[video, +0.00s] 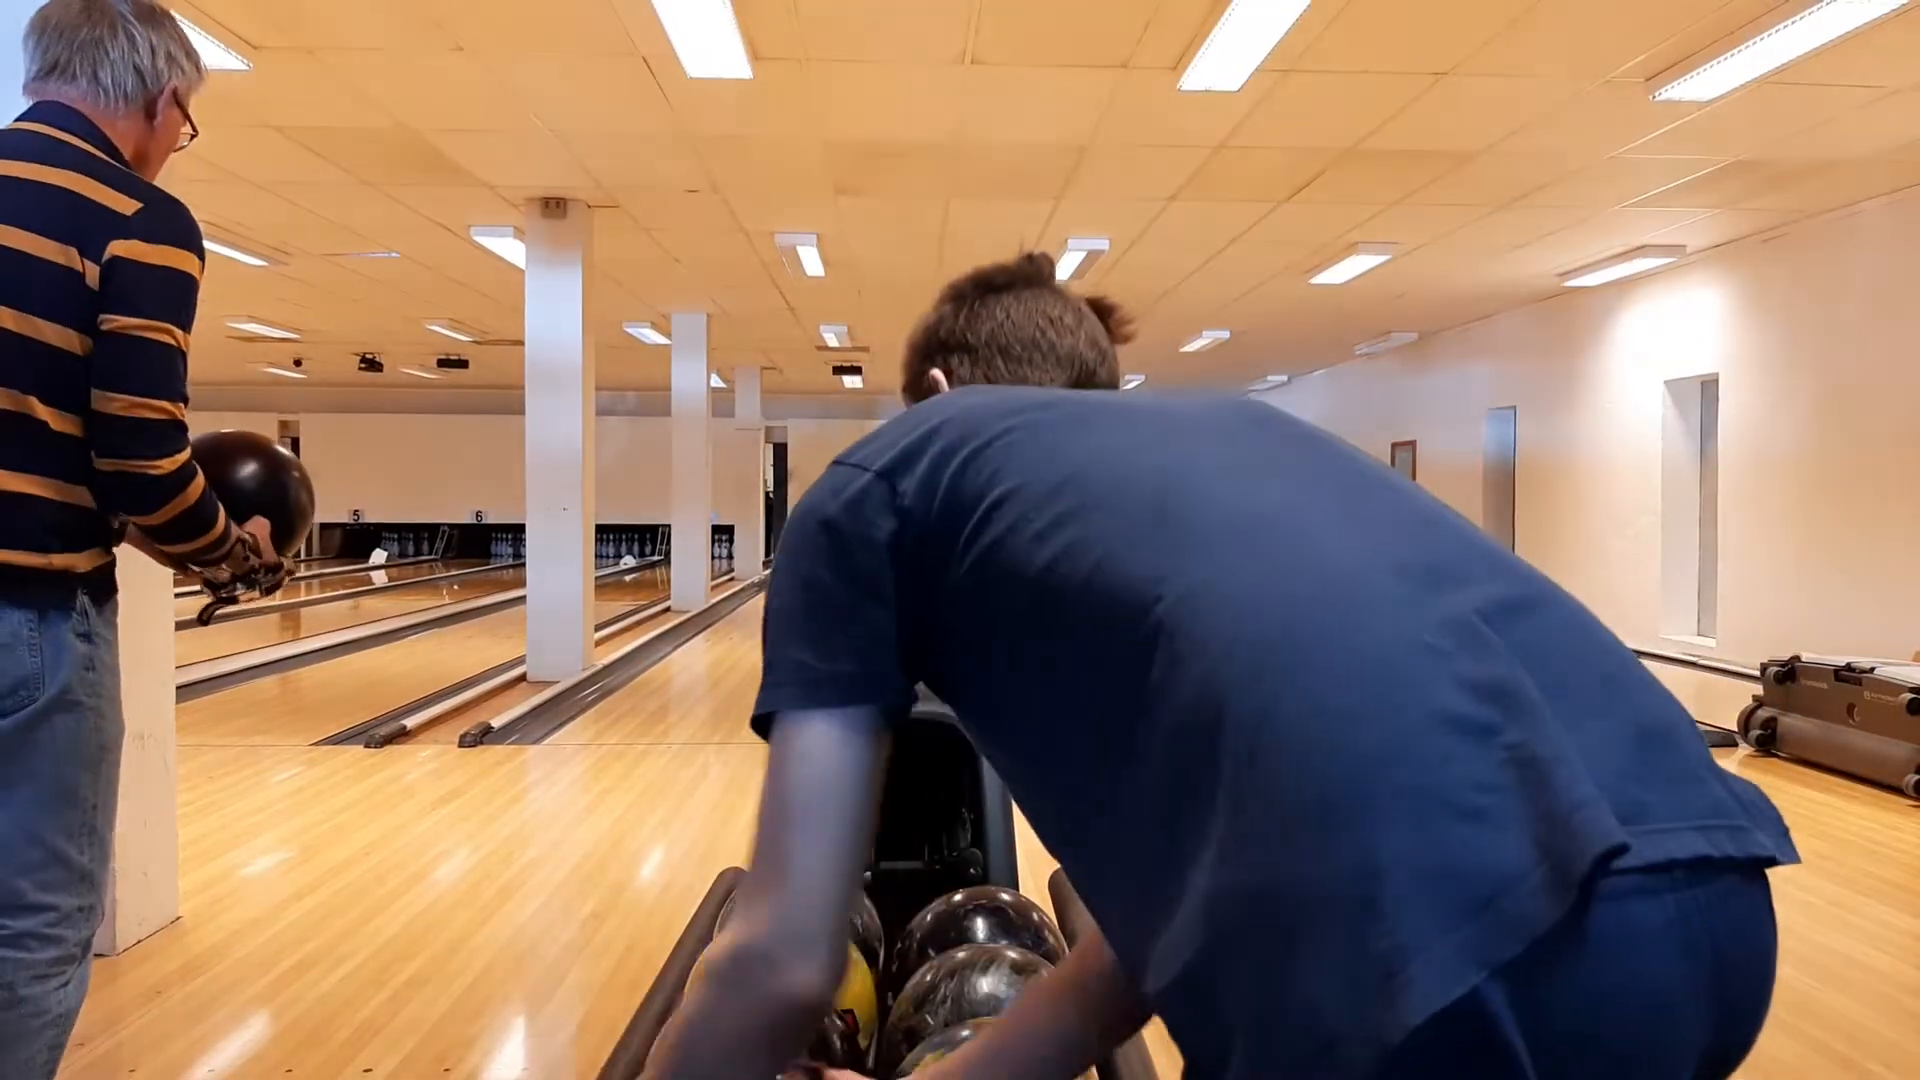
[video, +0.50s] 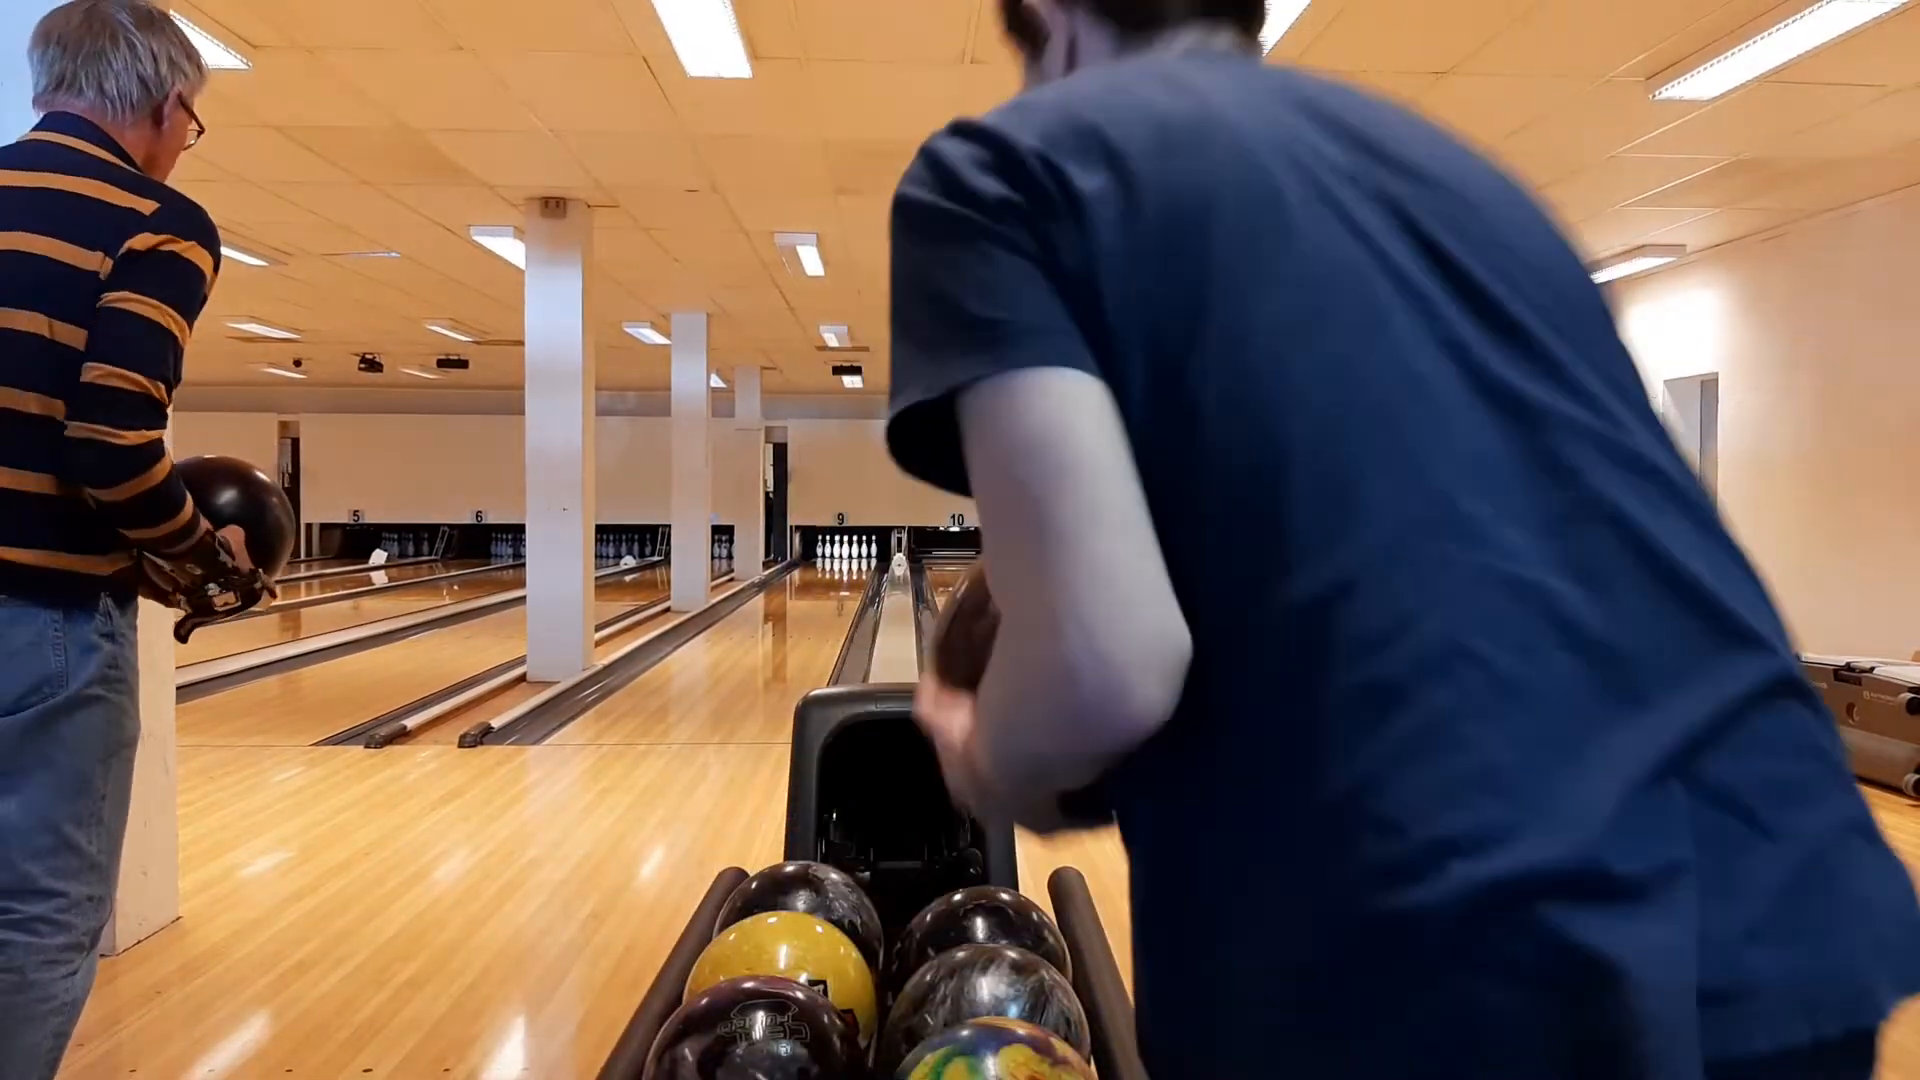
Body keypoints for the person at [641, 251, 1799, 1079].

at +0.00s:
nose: (887, 429)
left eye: (889, 414)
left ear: (925, 392)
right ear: (1107, 375)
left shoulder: (882, 481)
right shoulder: (1248, 441)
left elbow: (792, 963)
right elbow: (1162, 910)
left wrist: (704, 1047)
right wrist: (964, 1076)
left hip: (1393, 992)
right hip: (1703, 920)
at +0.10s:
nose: (883, 412)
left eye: (884, 395)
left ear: (920, 374)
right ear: (1103, 370)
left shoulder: (880, 465)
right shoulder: (1244, 429)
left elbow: (886, 927)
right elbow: (1269, 840)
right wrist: (994, 1062)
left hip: (1398, 980)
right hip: (1706, 917)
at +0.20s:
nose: (898, 361)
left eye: (899, 336)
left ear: (927, 320)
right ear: (1104, 319)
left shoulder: (897, 407)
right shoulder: (1246, 401)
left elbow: (987, 795)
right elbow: (1289, 814)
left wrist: (771, 891)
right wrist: (1033, 1017)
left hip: (1396, 968)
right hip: (1697, 922)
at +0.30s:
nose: (911, 254)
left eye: (912, 237)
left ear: (950, 219)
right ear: (1132, 230)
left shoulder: (929, 308)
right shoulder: (1264, 331)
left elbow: (1012, 674)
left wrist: (839, 860)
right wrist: (1049, 910)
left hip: (1429, 960)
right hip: (1708, 917)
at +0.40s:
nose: (963, 156)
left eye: (961, 132)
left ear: (987, 118)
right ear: (1179, 126)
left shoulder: (962, 226)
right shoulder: (1336, 242)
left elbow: (1046, 634)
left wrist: (977, 862)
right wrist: (1032, 808)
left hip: (1410, 968)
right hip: (1744, 922)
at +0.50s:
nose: (1015, 85)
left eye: (1011, 48)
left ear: (1044, 18)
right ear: (1244, 27)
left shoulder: (1009, 165)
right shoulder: (1449, 162)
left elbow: (1109, 665)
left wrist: (991, 763)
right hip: (1791, 922)